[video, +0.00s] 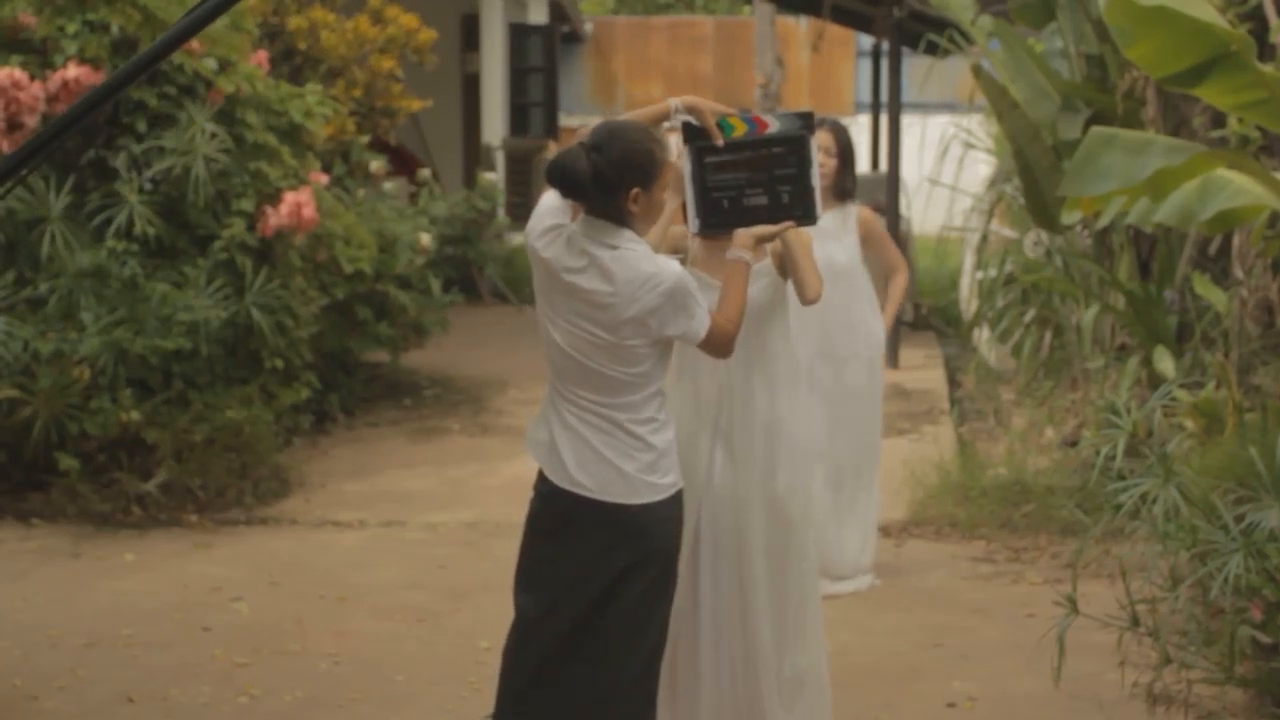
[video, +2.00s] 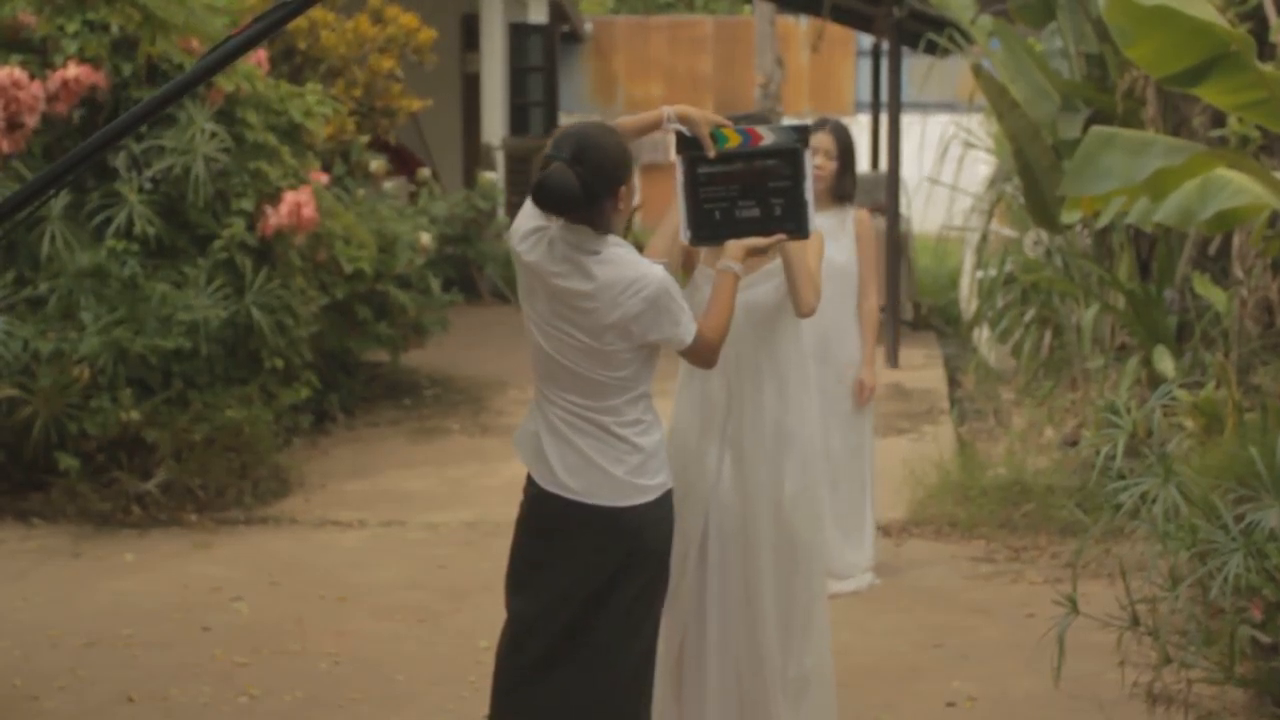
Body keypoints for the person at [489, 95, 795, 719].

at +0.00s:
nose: (670, 194)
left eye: (670, 182)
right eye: (665, 185)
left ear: (592, 191)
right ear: (634, 198)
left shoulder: (549, 233)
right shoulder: (654, 278)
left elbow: (579, 151)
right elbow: (721, 336)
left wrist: (662, 112)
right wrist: (740, 250)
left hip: (562, 480)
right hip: (640, 491)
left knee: (537, 651)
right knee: (624, 666)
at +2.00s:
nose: (636, 185)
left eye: (631, 175)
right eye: (632, 177)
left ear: (557, 182)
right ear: (621, 197)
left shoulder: (530, 241)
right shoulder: (639, 280)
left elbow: (567, 152)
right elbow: (703, 350)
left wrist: (663, 116)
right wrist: (730, 264)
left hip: (553, 489)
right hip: (632, 496)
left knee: (529, 651)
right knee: (619, 662)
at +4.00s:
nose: (625, 181)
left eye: (619, 170)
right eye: (620, 172)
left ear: (548, 181)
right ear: (608, 188)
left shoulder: (523, 243)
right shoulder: (635, 281)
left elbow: (563, 155)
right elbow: (701, 352)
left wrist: (659, 121)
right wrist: (727, 266)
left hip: (551, 488)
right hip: (629, 496)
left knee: (526, 654)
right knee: (618, 666)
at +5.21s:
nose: (631, 177)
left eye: (628, 166)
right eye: (625, 169)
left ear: (553, 181)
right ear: (607, 188)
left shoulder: (522, 242)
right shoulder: (638, 277)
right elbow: (702, 353)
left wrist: (640, 150)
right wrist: (733, 269)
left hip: (548, 488)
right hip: (626, 496)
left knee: (526, 655)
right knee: (616, 666)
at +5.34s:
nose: (632, 180)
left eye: (631, 168)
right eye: (625, 171)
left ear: (552, 179)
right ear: (602, 190)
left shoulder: (516, 242)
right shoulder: (631, 274)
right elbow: (698, 351)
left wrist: (654, 187)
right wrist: (726, 266)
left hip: (545, 488)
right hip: (623, 495)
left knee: (530, 662)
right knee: (615, 668)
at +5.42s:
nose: (632, 180)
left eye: (633, 168)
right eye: (624, 171)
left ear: (553, 181)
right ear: (591, 187)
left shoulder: (510, 237)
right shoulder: (621, 270)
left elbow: (557, 198)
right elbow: (688, 355)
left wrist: (631, 156)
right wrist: (722, 274)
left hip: (541, 485)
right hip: (618, 492)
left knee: (535, 660)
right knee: (616, 663)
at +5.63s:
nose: (622, 203)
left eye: (623, 187)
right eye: (609, 190)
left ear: (555, 192)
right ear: (559, 195)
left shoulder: (510, 230)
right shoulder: (584, 266)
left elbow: (598, 246)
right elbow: (648, 379)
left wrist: (636, 209)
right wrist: (704, 307)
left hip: (514, 477)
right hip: (573, 487)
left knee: (548, 652)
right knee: (616, 661)